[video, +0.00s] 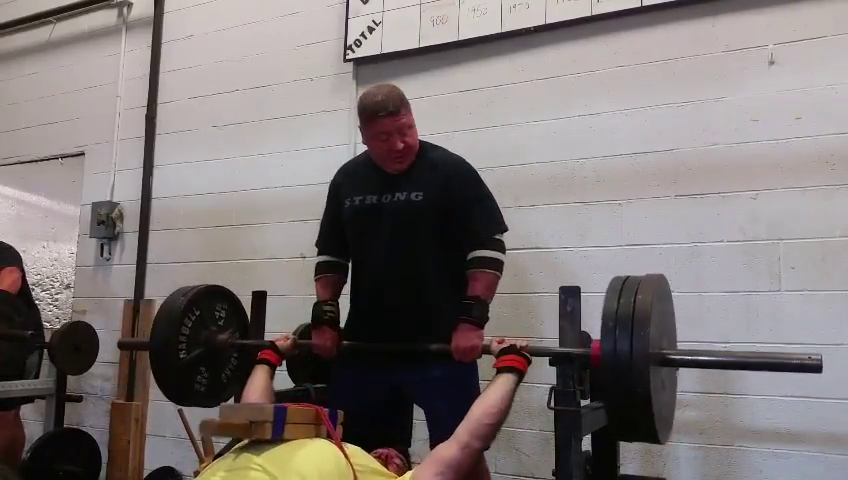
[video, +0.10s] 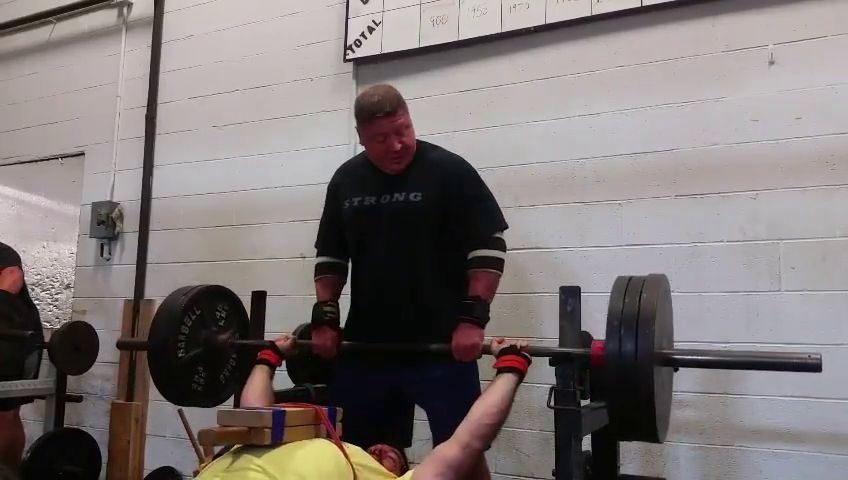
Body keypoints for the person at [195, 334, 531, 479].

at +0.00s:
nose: (392, 455)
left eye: (400, 462)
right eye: (390, 453)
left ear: (402, 474)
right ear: (373, 449)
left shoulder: (403, 478)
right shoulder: (319, 446)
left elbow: (465, 443)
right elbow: (255, 412)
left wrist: (511, 366)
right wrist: (270, 354)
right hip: (221, 469)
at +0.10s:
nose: (387, 450)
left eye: (395, 458)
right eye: (383, 448)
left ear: (399, 472)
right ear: (367, 447)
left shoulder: (401, 478)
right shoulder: (312, 442)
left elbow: (466, 443)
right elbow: (253, 410)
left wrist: (511, 367)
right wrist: (270, 353)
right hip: (219, 469)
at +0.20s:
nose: (385, 448)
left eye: (393, 454)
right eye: (379, 446)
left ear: (401, 471)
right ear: (359, 447)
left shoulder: (403, 479)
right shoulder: (312, 443)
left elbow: (470, 446)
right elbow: (253, 411)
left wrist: (512, 367)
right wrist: (269, 354)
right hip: (222, 470)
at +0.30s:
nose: (385, 445)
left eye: (393, 451)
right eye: (378, 442)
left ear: (403, 471)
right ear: (357, 445)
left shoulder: (405, 477)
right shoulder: (307, 445)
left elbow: (475, 449)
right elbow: (252, 412)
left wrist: (512, 366)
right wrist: (270, 354)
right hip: (235, 470)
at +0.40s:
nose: (385, 442)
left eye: (394, 447)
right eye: (376, 440)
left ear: (404, 472)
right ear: (358, 445)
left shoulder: (407, 479)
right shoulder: (304, 445)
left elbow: (482, 454)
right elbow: (250, 414)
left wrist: (511, 369)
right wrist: (269, 353)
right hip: (250, 472)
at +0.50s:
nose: (383, 437)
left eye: (394, 442)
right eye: (375, 435)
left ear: (406, 470)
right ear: (356, 441)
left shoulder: (406, 476)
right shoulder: (303, 445)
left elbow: (483, 468)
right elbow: (239, 414)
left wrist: (503, 380)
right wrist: (272, 356)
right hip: (253, 471)